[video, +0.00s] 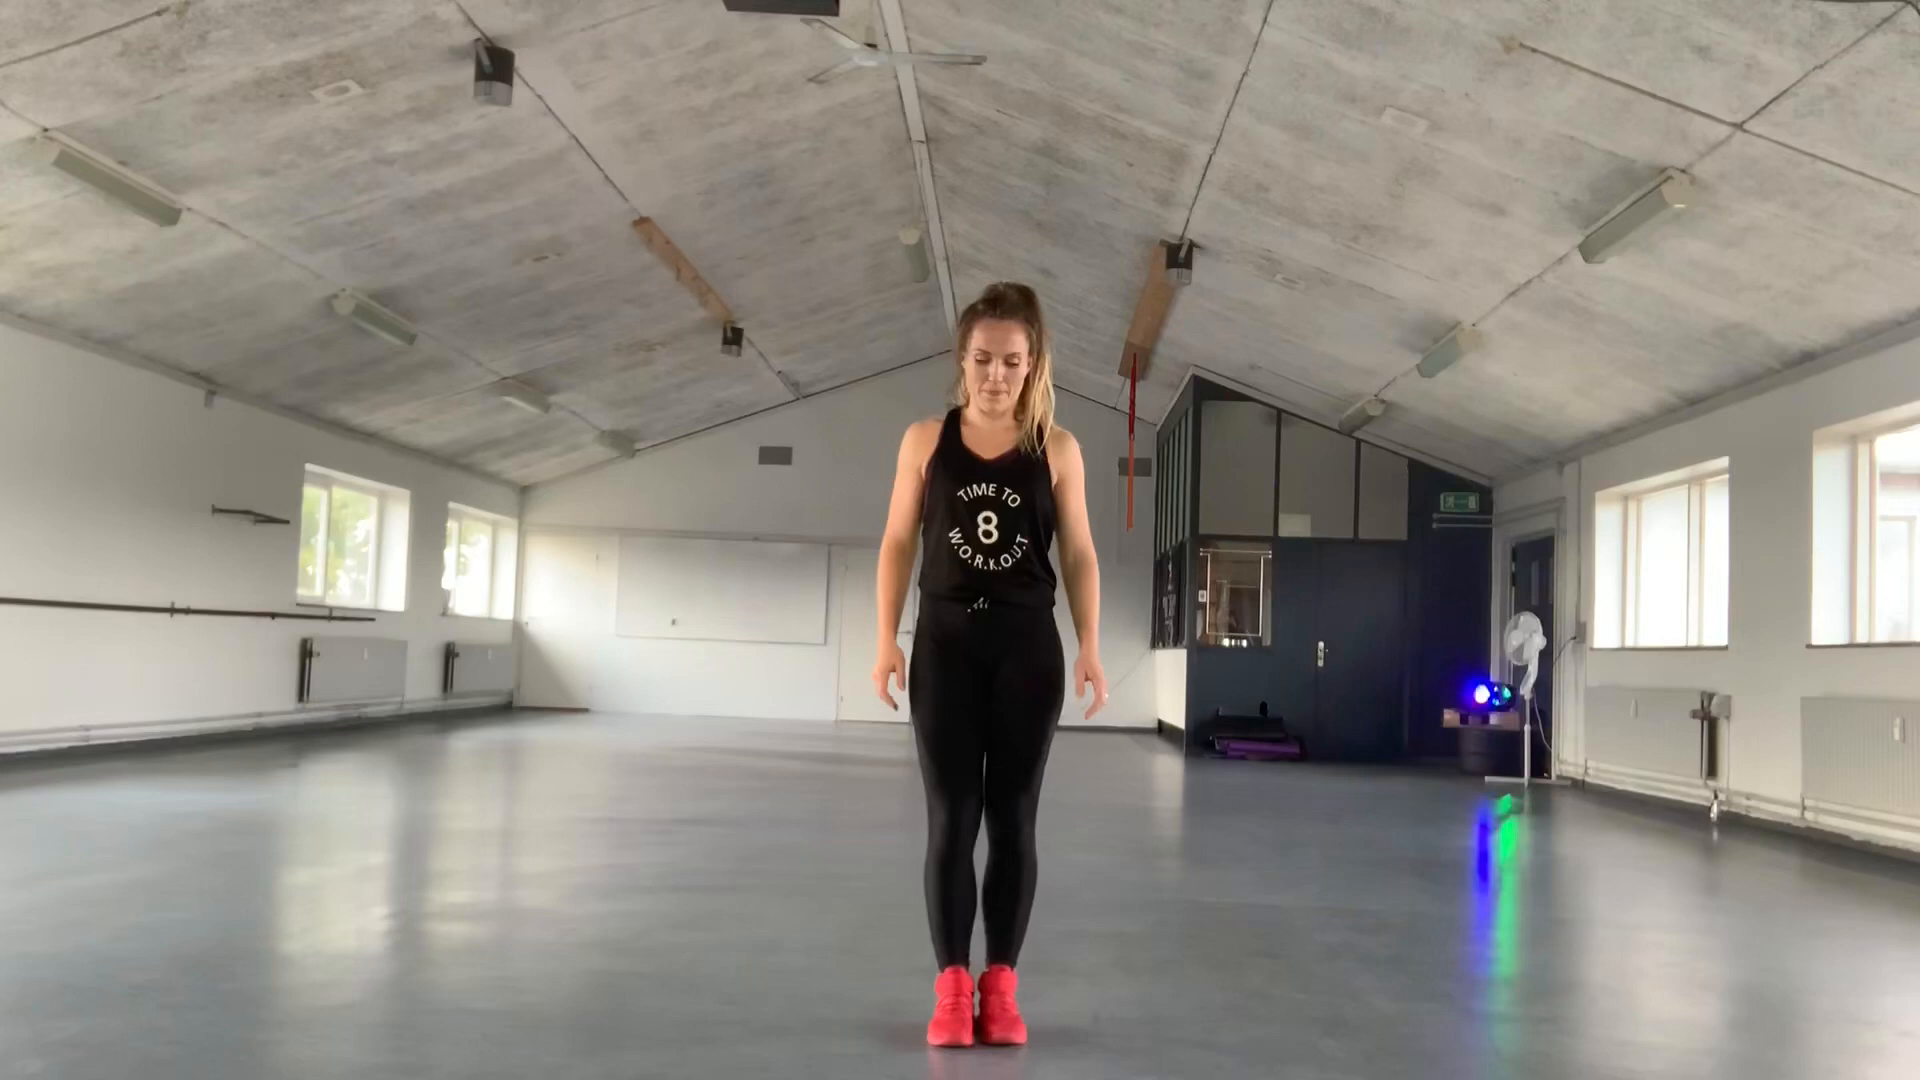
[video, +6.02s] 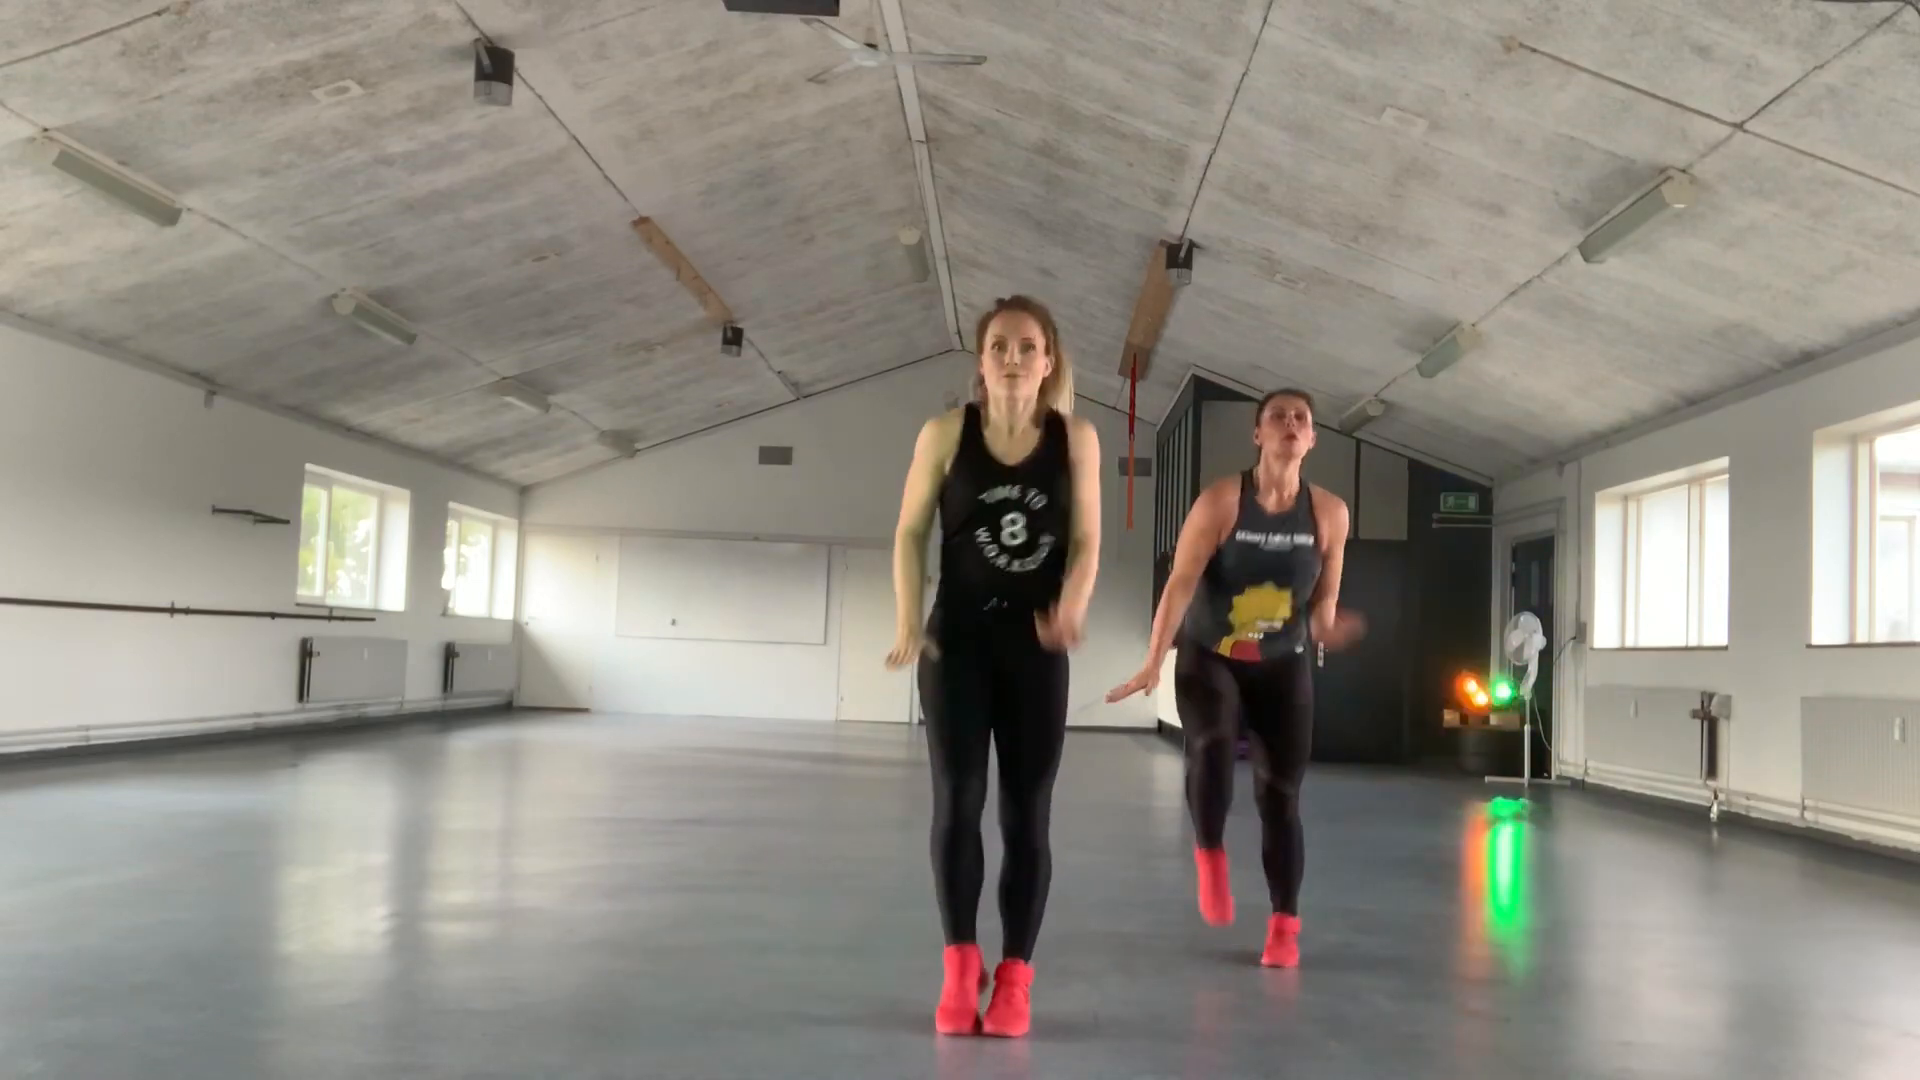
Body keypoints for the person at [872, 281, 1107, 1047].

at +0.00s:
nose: (998, 373)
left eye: (1012, 361)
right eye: (985, 358)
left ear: (1033, 366)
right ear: (963, 360)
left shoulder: (1057, 447)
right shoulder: (926, 438)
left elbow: (1080, 554)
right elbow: (898, 542)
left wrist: (1089, 643)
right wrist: (887, 637)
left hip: (1029, 651)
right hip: (944, 649)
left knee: (1014, 819)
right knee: (954, 818)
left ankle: (1001, 982)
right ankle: (952, 981)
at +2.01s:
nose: (1004, 396)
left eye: (1019, 380)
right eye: (993, 380)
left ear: (1052, 378)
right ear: (982, 378)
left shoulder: (1081, 462)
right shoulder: (959, 443)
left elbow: (1120, 569)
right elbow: (887, 509)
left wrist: (1160, 500)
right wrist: (801, 475)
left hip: (1051, 659)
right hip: (971, 655)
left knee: (1037, 823)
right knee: (967, 812)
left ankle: (1016, 976)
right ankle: (954, 960)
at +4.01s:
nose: (1002, 350)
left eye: (1020, 339)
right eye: (991, 338)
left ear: (1048, 354)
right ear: (976, 350)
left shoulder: (1078, 436)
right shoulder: (947, 430)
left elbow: (1097, 541)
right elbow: (923, 529)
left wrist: (1087, 626)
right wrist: (913, 610)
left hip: (1031, 642)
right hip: (949, 639)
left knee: (1016, 811)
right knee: (951, 804)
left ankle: (1004, 973)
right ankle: (946, 970)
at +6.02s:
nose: (1011, 358)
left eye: (1026, 347)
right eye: (999, 346)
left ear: (1050, 360)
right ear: (980, 358)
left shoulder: (1076, 440)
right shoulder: (943, 434)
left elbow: (1087, 541)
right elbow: (910, 535)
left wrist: (1072, 605)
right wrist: (908, 623)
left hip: (1036, 641)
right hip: (957, 639)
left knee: (1024, 815)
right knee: (958, 807)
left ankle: (1015, 970)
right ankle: (960, 961)